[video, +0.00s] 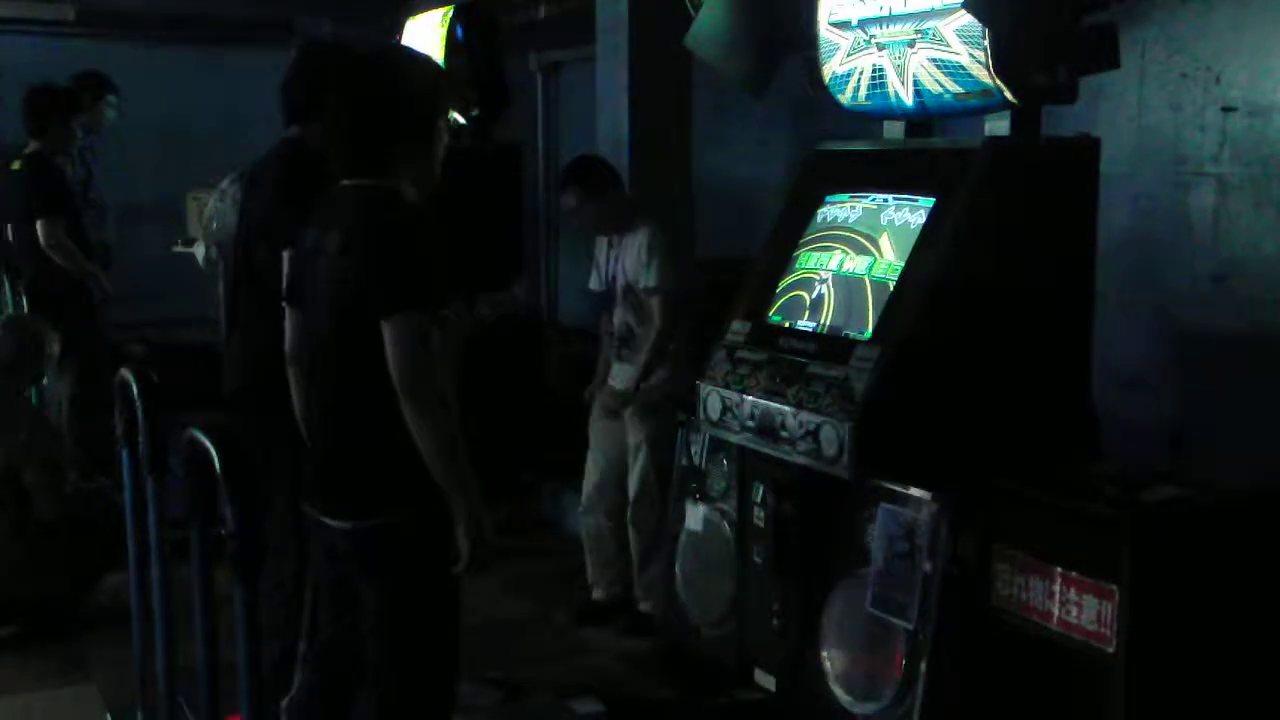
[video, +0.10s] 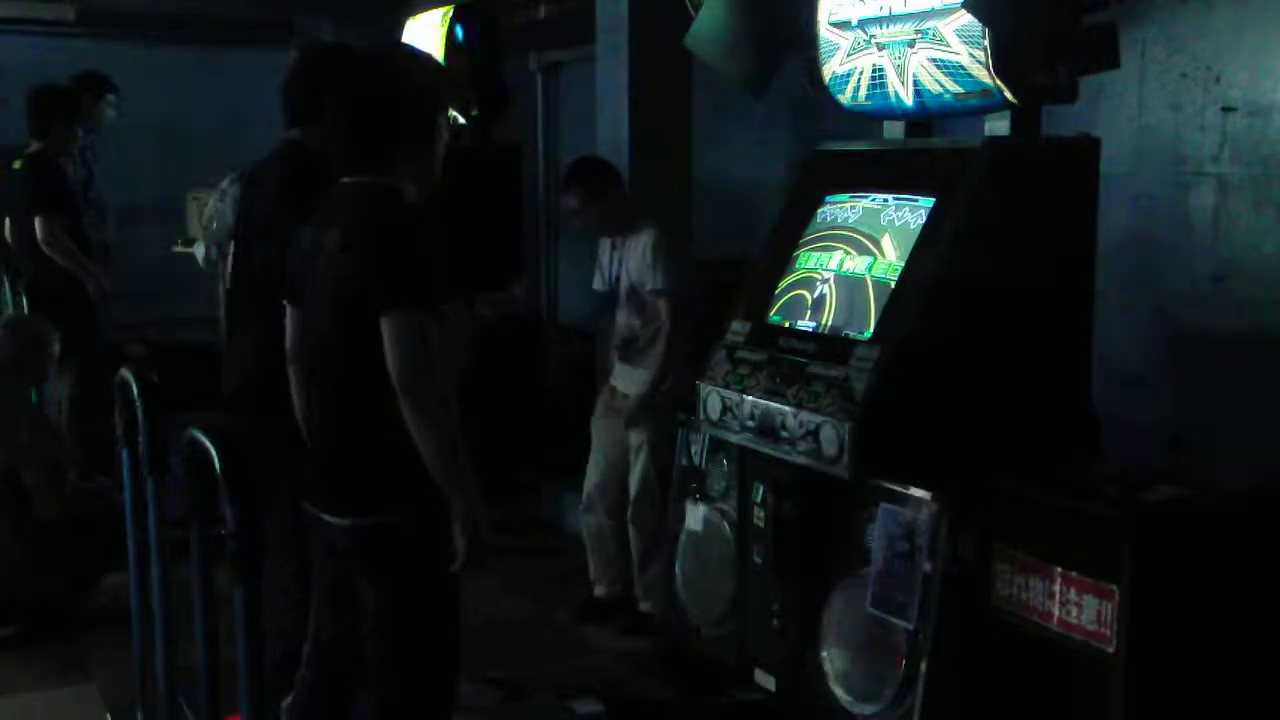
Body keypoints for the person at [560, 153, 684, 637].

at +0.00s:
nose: (576, 219)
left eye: (579, 208)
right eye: (572, 210)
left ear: (604, 198)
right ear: (588, 206)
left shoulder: (648, 239)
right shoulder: (604, 242)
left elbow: (663, 321)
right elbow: (608, 321)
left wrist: (636, 384)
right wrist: (601, 379)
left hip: (653, 386)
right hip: (615, 382)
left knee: (643, 499)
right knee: (598, 495)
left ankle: (651, 602)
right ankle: (605, 593)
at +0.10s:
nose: (577, 221)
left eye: (581, 210)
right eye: (573, 211)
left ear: (606, 199)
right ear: (590, 207)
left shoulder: (652, 241)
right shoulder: (608, 242)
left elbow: (671, 325)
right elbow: (613, 318)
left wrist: (646, 392)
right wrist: (608, 379)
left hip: (655, 388)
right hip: (618, 384)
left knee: (644, 500)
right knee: (599, 494)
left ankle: (651, 602)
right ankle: (607, 592)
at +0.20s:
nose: (578, 219)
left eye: (582, 208)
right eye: (575, 210)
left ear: (607, 199)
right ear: (591, 206)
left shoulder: (654, 241)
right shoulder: (609, 241)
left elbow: (675, 317)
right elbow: (611, 316)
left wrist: (670, 387)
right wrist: (607, 377)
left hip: (654, 389)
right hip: (617, 383)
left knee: (644, 497)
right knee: (601, 492)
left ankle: (652, 600)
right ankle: (619, 589)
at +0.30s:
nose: (578, 219)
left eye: (582, 207)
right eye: (574, 209)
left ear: (607, 199)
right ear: (591, 206)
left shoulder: (655, 240)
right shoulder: (608, 241)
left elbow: (680, 320)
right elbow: (613, 318)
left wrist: (681, 397)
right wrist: (606, 378)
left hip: (655, 385)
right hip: (617, 379)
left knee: (644, 495)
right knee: (607, 492)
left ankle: (652, 598)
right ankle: (631, 584)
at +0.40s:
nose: (579, 216)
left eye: (583, 205)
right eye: (574, 207)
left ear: (607, 196)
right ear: (591, 205)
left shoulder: (653, 238)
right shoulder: (607, 239)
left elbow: (684, 312)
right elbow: (615, 317)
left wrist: (688, 383)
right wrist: (608, 376)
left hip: (655, 381)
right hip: (618, 376)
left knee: (645, 490)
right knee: (611, 489)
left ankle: (653, 599)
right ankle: (632, 585)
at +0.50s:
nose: (579, 215)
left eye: (583, 204)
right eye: (574, 206)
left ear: (608, 195)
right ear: (588, 204)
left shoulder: (653, 237)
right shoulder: (606, 239)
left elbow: (685, 312)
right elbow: (615, 313)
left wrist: (691, 385)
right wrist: (609, 369)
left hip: (654, 380)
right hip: (617, 375)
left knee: (644, 491)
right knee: (613, 489)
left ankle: (653, 600)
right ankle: (632, 588)